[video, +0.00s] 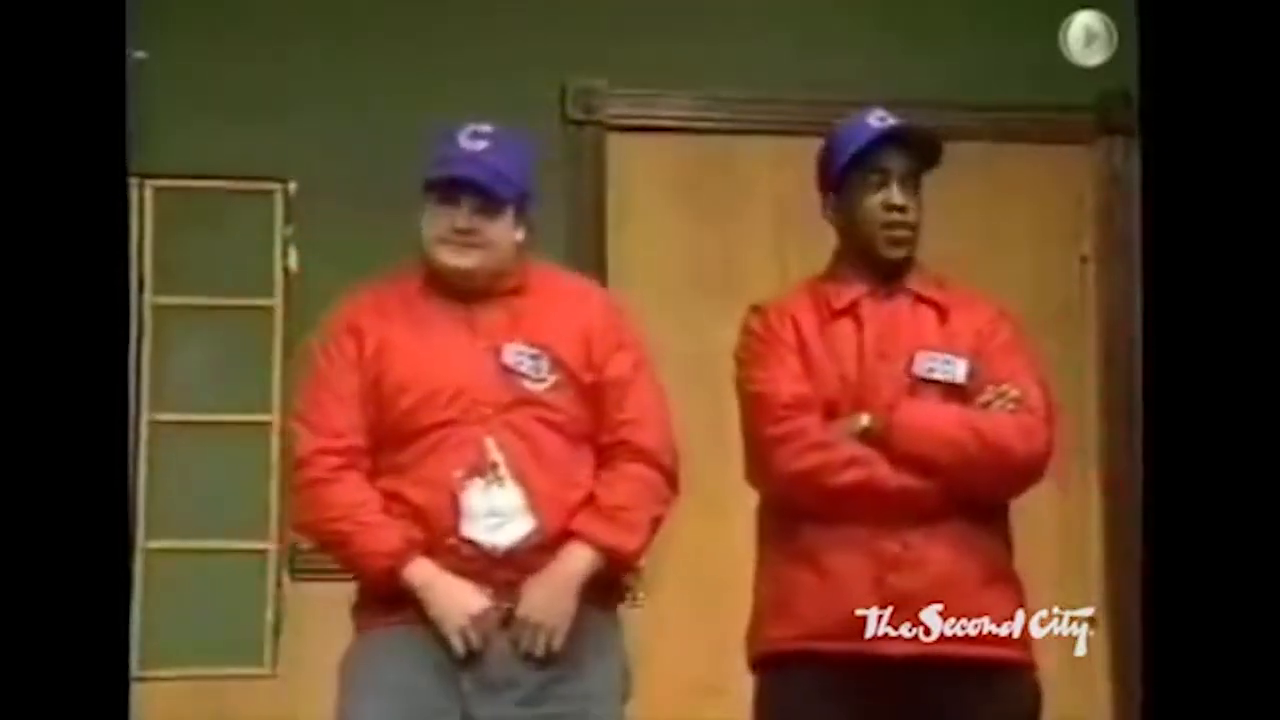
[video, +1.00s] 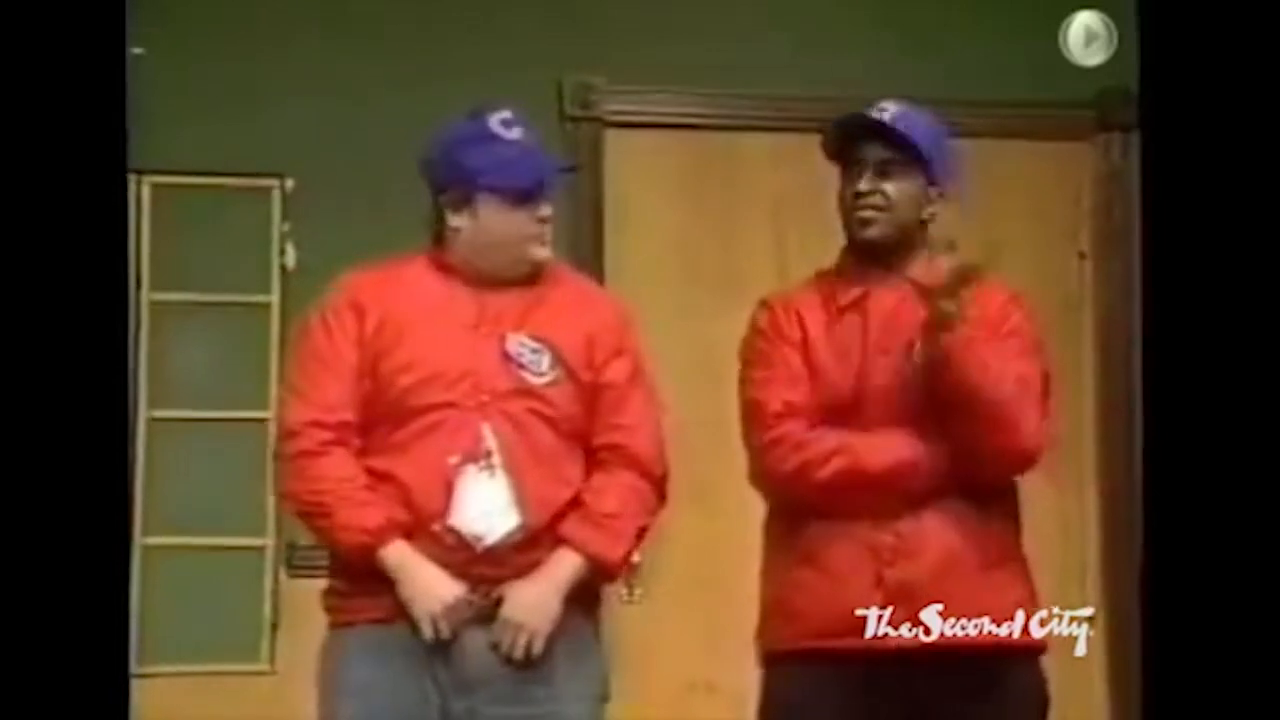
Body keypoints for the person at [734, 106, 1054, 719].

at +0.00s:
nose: (899, 201)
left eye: (910, 183)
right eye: (876, 184)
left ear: (923, 198)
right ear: (833, 204)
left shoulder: (979, 319)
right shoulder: (779, 324)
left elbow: (1023, 446)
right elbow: (788, 464)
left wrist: (878, 427)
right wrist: (962, 466)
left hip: (971, 649)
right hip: (819, 651)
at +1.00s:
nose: (863, 186)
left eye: (888, 170)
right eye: (853, 170)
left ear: (932, 193)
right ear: (838, 187)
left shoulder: (986, 305)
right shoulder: (787, 316)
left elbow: (1014, 444)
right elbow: (780, 459)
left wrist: (952, 323)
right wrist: (940, 456)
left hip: (973, 644)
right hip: (822, 648)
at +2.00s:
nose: (846, 196)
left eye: (869, 179)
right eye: (841, 180)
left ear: (927, 199)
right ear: (832, 190)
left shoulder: (1002, 310)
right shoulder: (799, 315)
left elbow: (1002, 439)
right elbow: (783, 460)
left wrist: (874, 349)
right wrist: (952, 457)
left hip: (972, 649)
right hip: (821, 649)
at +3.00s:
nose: (879, 193)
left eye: (891, 175)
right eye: (856, 178)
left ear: (909, 188)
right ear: (818, 200)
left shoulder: (971, 306)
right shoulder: (776, 317)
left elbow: (1025, 447)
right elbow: (794, 460)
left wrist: (884, 423)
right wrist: (968, 467)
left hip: (967, 645)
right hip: (817, 648)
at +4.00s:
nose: (901, 196)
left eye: (905, 177)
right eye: (873, 179)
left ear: (917, 187)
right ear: (820, 205)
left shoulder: (967, 314)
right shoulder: (773, 319)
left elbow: (1020, 437)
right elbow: (787, 454)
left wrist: (877, 416)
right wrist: (963, 464)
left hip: (964, 645)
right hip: (815, 646)